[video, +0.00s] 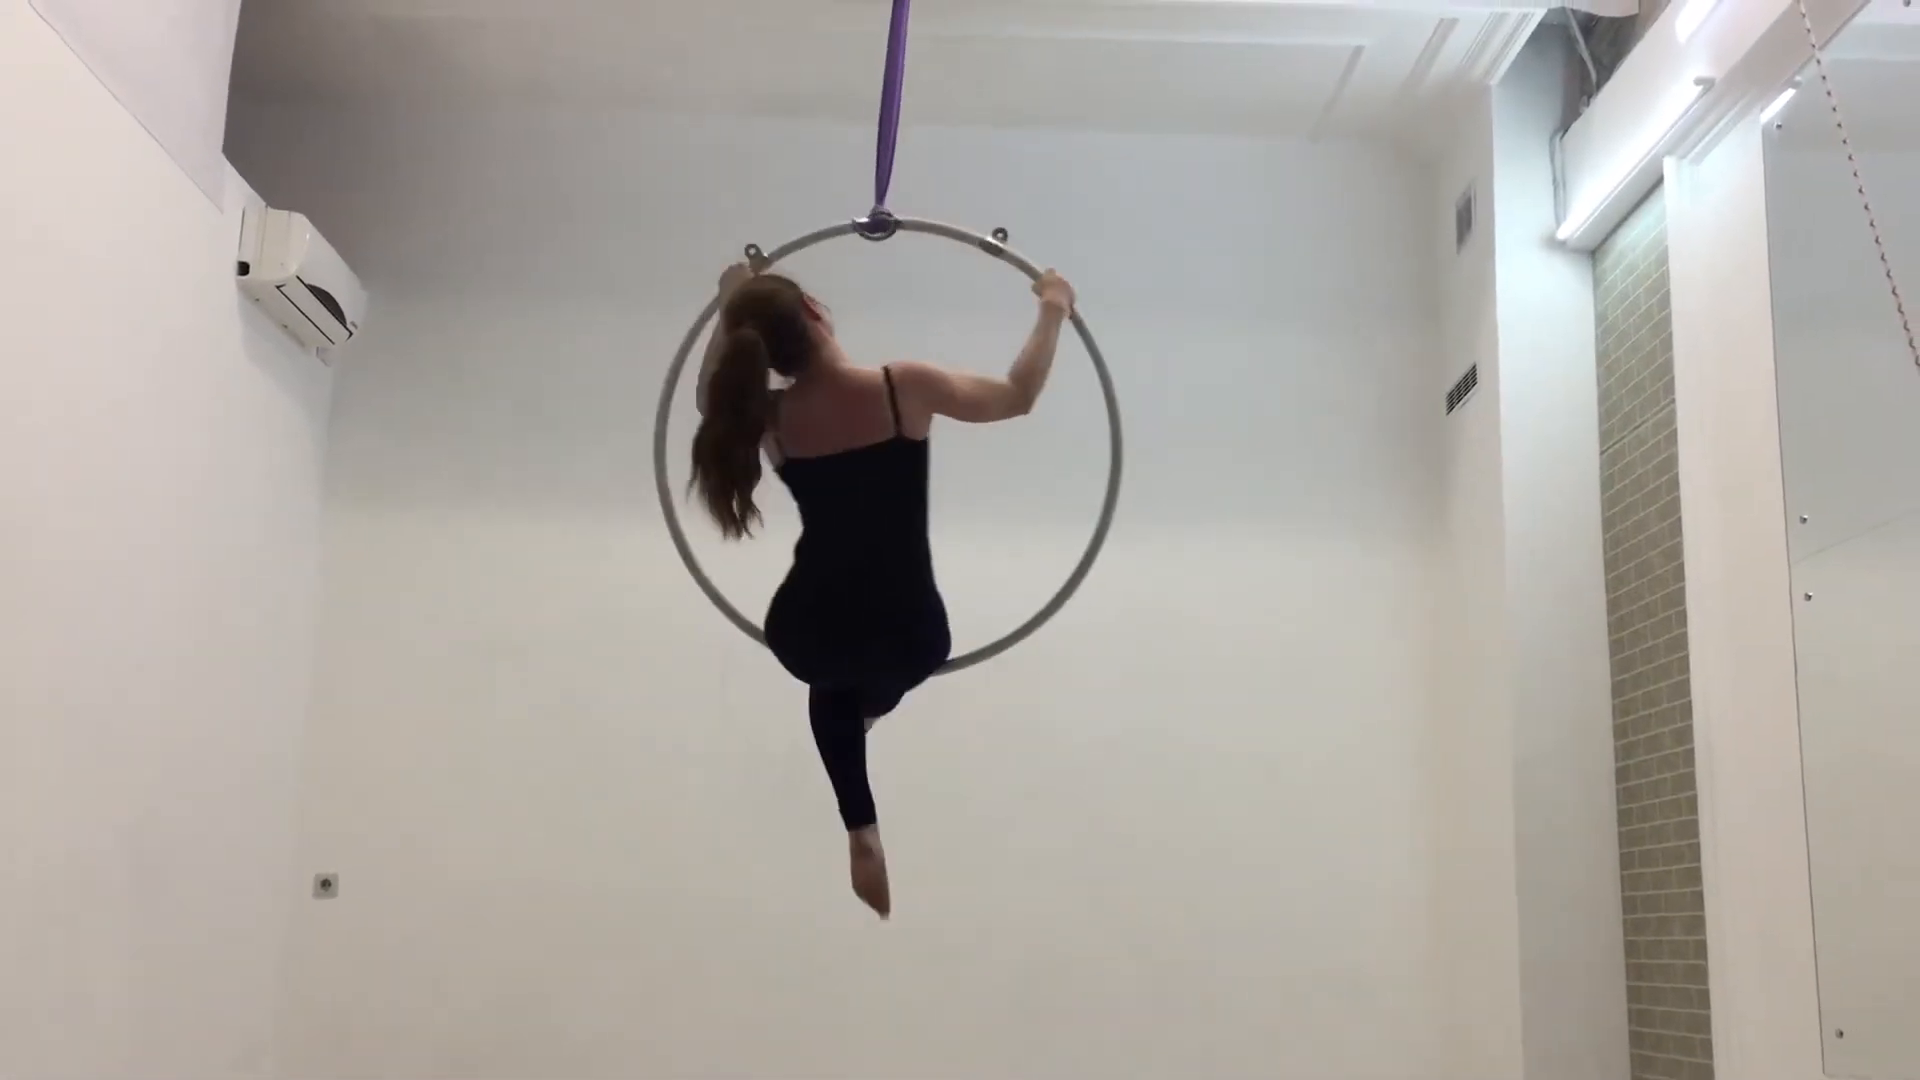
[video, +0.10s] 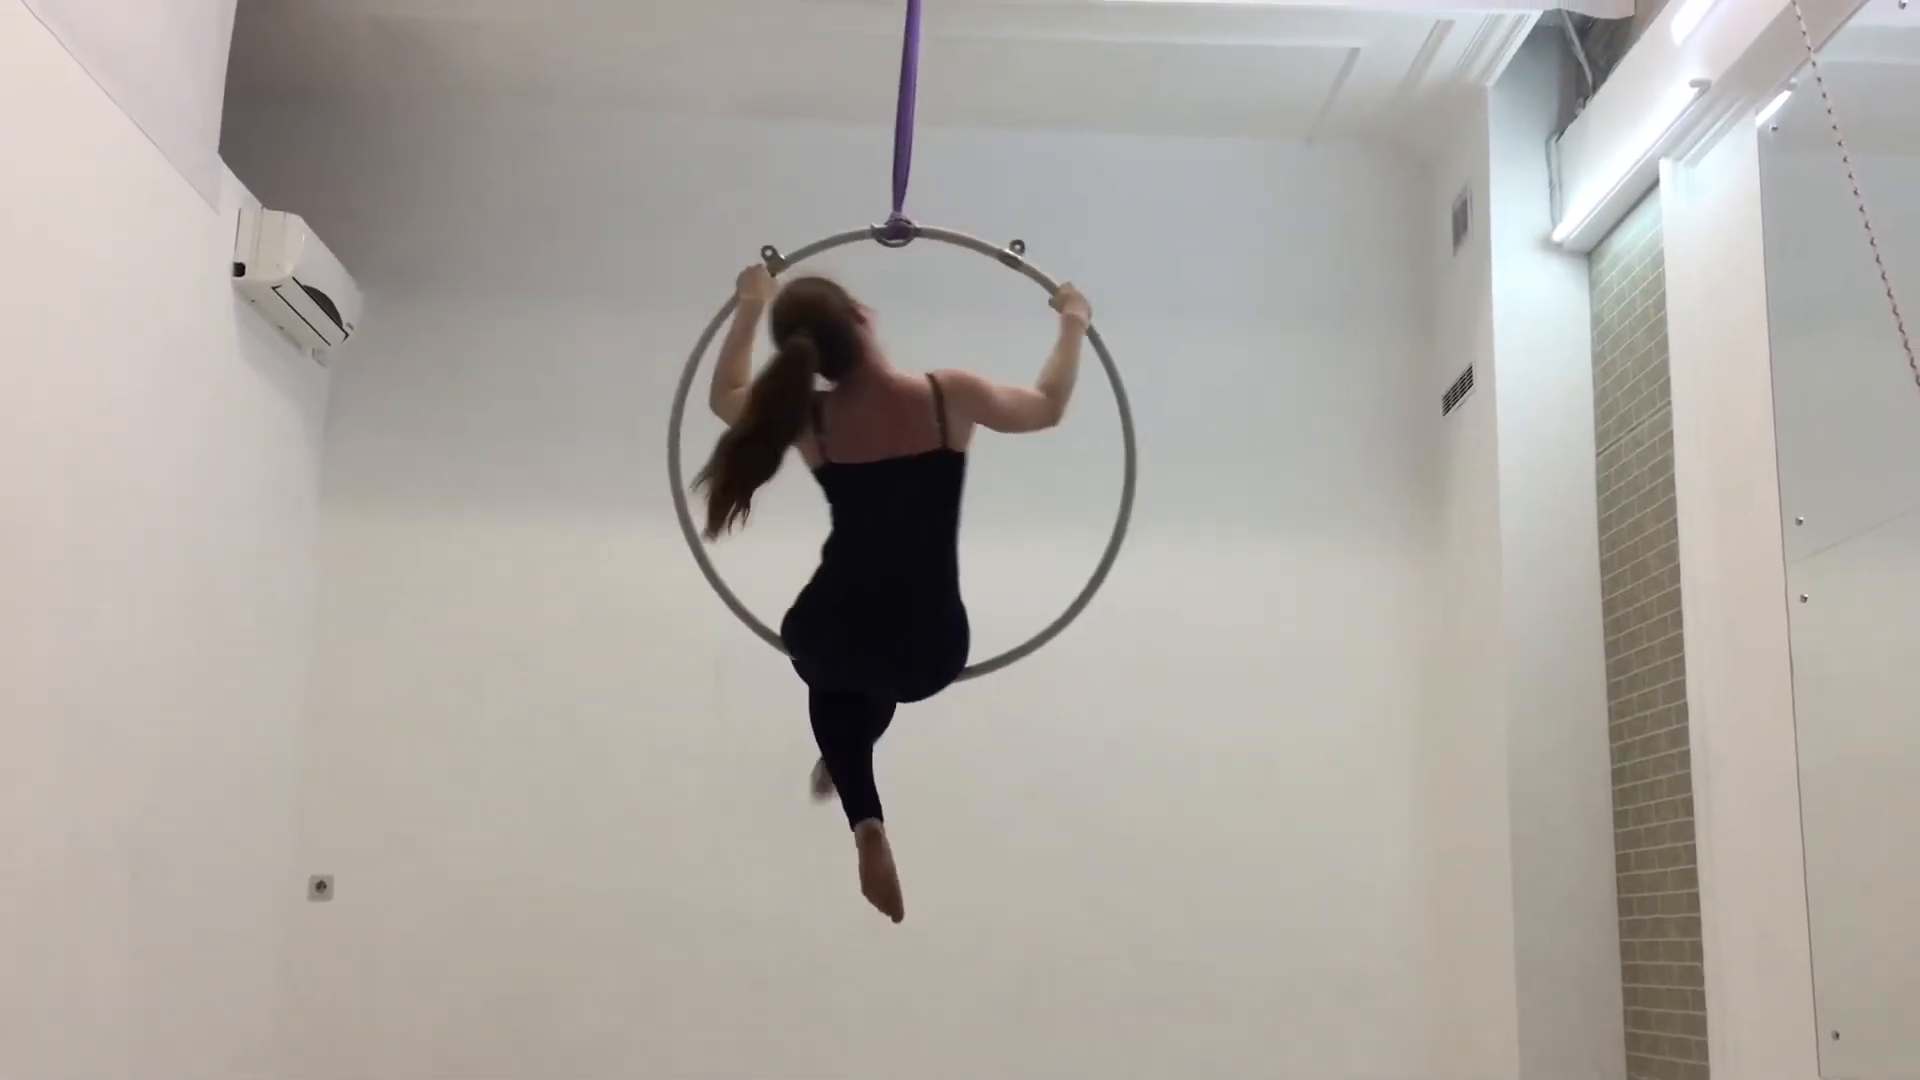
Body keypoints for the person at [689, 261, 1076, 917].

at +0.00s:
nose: (821, 305)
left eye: (809, 300)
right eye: (815, 300)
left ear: (766, 348)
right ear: (818, 313)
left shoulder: (778, 423)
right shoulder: (907, 386)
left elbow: (726, 394)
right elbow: (1016, 395)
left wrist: (736, 311)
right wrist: (1053, 310)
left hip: (817, 624)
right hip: (907, 623)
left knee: (828, 692)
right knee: (879, 686)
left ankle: (863, 835)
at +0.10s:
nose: (867, 306)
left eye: (853, 302)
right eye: (858, 303)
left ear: (811, 351)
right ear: (863, 317)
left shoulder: (811, 421)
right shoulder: (949, 394)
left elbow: (726, 399)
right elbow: (1048, 407)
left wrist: (749, 308)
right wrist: (1074, 325)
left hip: (835, 634)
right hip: (928, 639)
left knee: (832, 690)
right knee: (881, 685)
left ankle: (869, 825)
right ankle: (834, 764)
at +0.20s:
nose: (922, 311)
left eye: (911, 305)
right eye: (915, 306)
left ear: (856, 352)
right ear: (916, 322)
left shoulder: (853, 415)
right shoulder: (996, 403)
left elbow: (758, 397)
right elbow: (1076, 419)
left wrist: (775, 301)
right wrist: (1094, 339)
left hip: (855, 630)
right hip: (949, 644)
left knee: (824, 667)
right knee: (879, 693)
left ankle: (872, 801)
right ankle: (816, 832)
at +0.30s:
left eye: (917, 338)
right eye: (970, 319)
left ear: (911, 351)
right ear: (977, 329)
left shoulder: (905, 416)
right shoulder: (1036, 410)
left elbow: (794, 391)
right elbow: (1102, 432)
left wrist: (805, 291)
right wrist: (1112, 349)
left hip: (881, 622)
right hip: (973, 640)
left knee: (823, 684)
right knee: (873, 708)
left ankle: (889, 797)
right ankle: (830, 858)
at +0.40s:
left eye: (971, 323)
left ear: (966, 341)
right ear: (1035, 334)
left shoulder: (939, 414)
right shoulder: (1066, 418)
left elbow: (822, 387)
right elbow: (1118, 440)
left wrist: (830, 285)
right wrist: (1118, 356)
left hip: (912, 619)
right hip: (997, 634)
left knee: (818, 687)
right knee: (869, 698)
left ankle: (914, 795)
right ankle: (871, 836)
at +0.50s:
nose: (1008, 330)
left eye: (1012, 322)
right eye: (1017, 321)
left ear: (1016, 342)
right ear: (1083, 350)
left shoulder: (973, 412)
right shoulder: (1089, 427)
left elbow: (852, 382)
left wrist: (857, 280)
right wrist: (1063, 324)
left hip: (941, 616)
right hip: (1020, 633)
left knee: (816, 690)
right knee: (880, 706)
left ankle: (937, 780)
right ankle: (922, 814)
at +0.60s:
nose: (1051, 301)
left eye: (1061, 306)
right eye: (1064, 298)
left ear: (1065, 345)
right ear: (1107, 364)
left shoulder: (1012, 410)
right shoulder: (1101, 427)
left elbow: (894, 374)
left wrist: (893, 271)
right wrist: (1068, 350)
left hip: (979, 622)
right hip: (1041, 637)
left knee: (824, 688)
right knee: (876, 702)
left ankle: (967, 775)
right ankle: (961, 804)